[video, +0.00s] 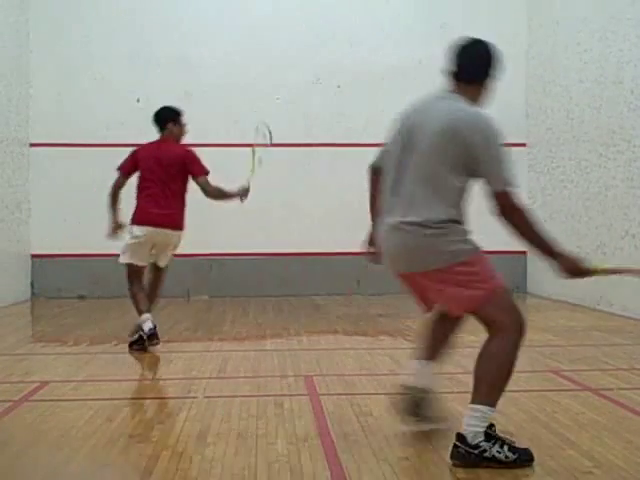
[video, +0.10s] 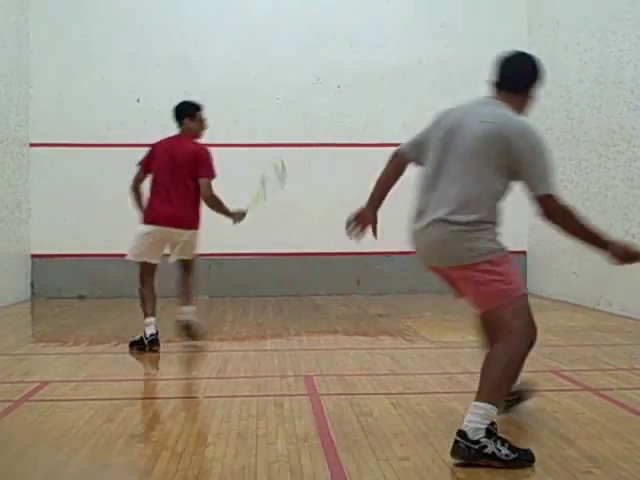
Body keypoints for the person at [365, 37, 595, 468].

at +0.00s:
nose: (488, 84)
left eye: (483, 75)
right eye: (489, 77)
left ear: (453, 72)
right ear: (486, 78)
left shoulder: (417, 111)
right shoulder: (477, 124)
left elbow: (377, 170)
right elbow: (506, 206)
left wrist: (376, 228)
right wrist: (560, 257)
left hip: (394, 239)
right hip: (437, 240)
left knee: (452, 306)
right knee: (508, 324)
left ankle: (415, 388)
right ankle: (475, 436)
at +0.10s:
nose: (533, 97)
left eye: (530, 88)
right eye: (533, 90)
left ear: (496, 81)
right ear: (529, 90)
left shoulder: (453, 116)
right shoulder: (518, 131)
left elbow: (400, 156)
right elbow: (550, 207)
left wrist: (371, 206)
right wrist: (609, 245)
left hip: (429, 238)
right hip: (469, 241)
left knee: (491, 306)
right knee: (519, 331)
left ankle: (500, 385)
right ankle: (474, 434)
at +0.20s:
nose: (563, 109)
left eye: (563, 102)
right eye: (564, 102)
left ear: (527, 92)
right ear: (560, 101)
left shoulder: (485, 120)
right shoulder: (549, 137)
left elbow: (428, 149)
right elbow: (586, 207)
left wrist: (388, 192)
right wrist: (636, 235)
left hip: (457, 234)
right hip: (496, 238)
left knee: (520, 306)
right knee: (520, 333)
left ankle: (554, 371)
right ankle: (477, 426)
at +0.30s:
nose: (590, 126)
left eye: (590, 120)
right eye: (590, 120)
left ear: (556, 109)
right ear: (582, 117)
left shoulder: (512, 133)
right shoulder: (573, 150)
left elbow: (457, 165)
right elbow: (607, 215)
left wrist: (421, 210)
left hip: (487, 246)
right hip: (522, 250)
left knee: (555, 299)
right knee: (539, 337)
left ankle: (575, 378)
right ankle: (486, 414)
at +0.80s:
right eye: (575, 91)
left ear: (540, 90)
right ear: (576, 92)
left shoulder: (516, 124)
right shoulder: (591, 127)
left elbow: (469, 164)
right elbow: (592, 190)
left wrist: (440, 211)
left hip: (517, 231)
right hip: (566, 230)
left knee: (559, 296)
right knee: (585, 313)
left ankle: (579, 377)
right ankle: (536, 375)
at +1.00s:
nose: (515, 68)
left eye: (509, 62)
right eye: (535, 62)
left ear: (505, 65)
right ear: (542, 66)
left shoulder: (482, 107)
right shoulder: (562, 108)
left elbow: (457, 155)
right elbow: (595, 169)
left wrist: (448, 209)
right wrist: (587, 210)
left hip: (501, 222)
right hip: (551, 218)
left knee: (534, 303)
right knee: (545, 309)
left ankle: (557, 375)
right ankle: (521, 391)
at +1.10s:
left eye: (489, 51)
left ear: (488, 55)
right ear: (525, 55)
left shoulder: (468, 99)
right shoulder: (548, 98)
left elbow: (452, 151)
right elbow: (584, 154)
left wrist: (448, 207)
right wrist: (591, 207)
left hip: (487, 216)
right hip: (539, 214)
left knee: (506, 296)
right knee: (533, 303)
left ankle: (523, 376)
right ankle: (519, 394)